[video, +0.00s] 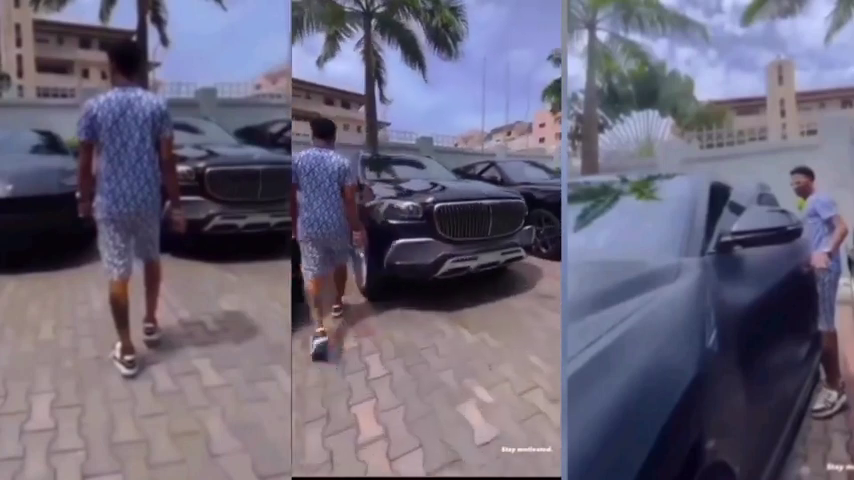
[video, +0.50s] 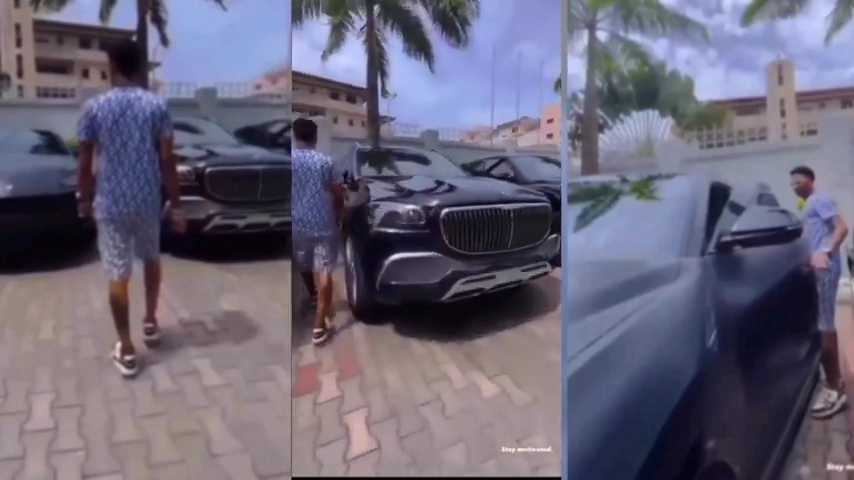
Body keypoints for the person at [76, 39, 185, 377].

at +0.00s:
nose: (110, 71)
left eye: (110, 66)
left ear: (112, 68)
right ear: (142, 67)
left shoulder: (95, 107)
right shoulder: (156, 106)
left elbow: (85, 161)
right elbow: (167, 160)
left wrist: (84, 199)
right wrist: (175, 202)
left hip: (110, 201)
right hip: (147, 200)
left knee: (118, 273)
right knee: (151, 260)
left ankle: (125, 348)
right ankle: (150, 319)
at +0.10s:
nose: (110, 71)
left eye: (110, 66)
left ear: (112, 68)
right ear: (142, 67)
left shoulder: (95, 107)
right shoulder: (156, 106)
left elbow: (85, 161)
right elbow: (167, 160)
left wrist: (84, 199)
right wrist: (175, 202)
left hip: (110, 201)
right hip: (147, 200)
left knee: (118, 273)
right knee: (151, 260)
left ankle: (125, 348)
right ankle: (150, 319)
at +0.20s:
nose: (110, 71)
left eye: (110, 66)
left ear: (112, 68)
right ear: (142, 67)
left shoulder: (95, 107)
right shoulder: (156, 106)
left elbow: (85, 161)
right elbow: (167, 160)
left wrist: (84, 199)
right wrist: (175, 202)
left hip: (110, 202)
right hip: (147, 200)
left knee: (118, 273)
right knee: (151, 260)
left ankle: (125, 348)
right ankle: (150, 319)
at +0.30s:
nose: (110, 71)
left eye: (110, 66)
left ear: (112, 68)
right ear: (142, 67)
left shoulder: (95, 107)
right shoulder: (156, 106)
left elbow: (85, 161)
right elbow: (167, 160)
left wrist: (84, 199)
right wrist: (175, 202)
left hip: (110, 201)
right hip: (147, 200)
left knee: (118, 273)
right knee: (151, 260)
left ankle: (125, 348)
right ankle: (150, 319)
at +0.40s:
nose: (110, 71)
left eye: (110, 66)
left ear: (112, 68)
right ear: (142, 67)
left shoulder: (95, 107)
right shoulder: (156, 106)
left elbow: (85, 161)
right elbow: (167, 160)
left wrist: (84, 199)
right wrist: (175, 202)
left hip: (110, 202)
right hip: (147, 200)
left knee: (118, 273)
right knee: (151, 260)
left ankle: (125, 348)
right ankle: (150, 319)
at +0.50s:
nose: (110, 71)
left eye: (110, 66)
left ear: (112, 68)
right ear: (142, 67)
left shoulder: (95, 107)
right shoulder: (156, 106)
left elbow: (85, 161)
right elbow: (167, 160)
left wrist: (84, 199)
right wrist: (175, 202)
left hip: (110, 202)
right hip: (147, 200)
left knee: (118, 273)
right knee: (151, 260)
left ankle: (125, 348)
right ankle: (150, 319)